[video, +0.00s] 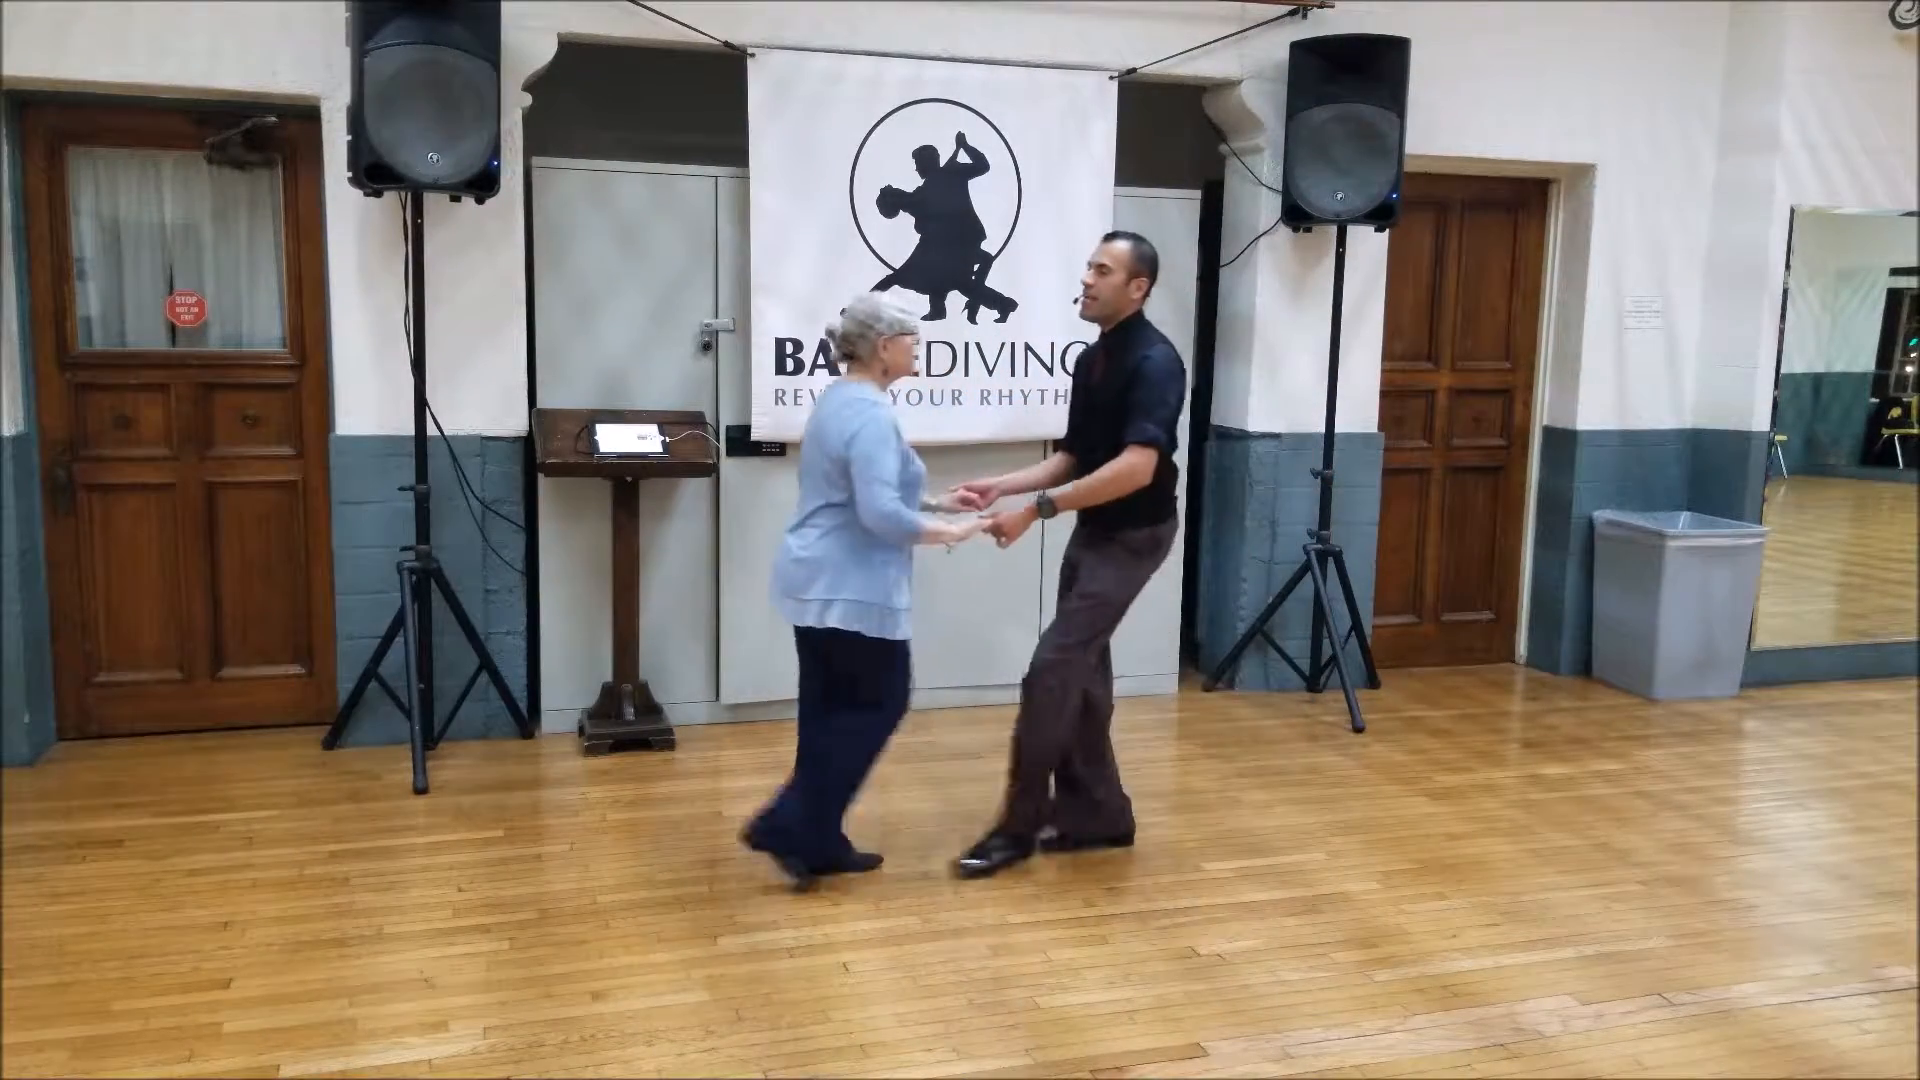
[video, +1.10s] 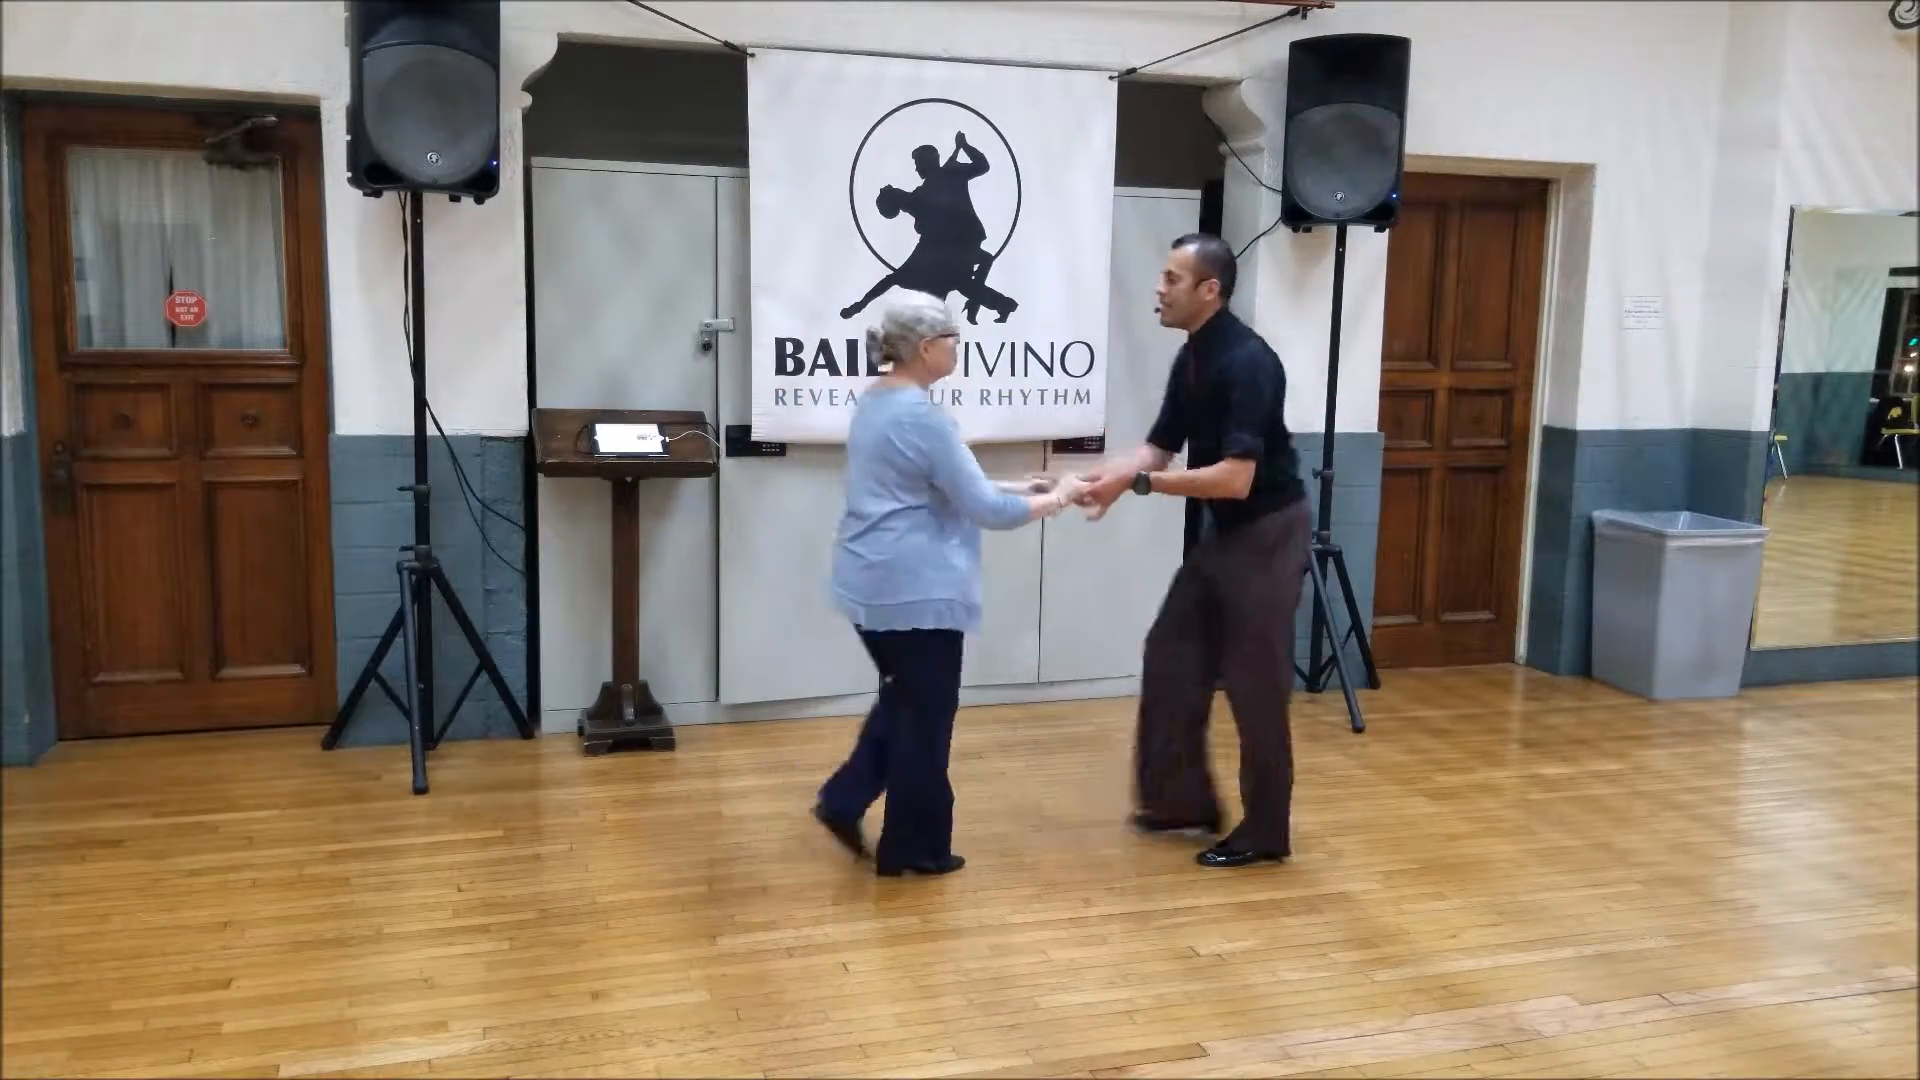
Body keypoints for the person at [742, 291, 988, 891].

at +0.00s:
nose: (917, 350)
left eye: (915, 340)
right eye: (910, 341)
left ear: (869, 347)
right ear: (882, 346)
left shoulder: (835, 403)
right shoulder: (870, 415)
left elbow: (884, 496)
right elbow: (877, 512)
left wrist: (945, 500)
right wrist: (945, 531)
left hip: (815, 582)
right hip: (854, 589)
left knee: (827, 704)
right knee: (883, 702)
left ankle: (820, 837)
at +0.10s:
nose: (899, 347)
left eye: (896, 337)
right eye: (891, 338)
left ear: (850, 347)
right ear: (861, 345)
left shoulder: (822, 400)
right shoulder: (852, 412)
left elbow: (860, 492)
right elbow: (858, 507)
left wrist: (926, 499)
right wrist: (923, 526)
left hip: (808, 580)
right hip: (831, 588)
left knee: (821, 717)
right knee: (819, 721)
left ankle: (821, 847)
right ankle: (714, 827)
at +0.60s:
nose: (876, 351)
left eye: (874, 342)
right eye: (868, 343)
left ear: (827, 351)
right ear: (838, 350)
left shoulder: (795, 405)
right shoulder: (829, 417)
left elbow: (847, 495)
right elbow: (897, 509)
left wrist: (910, 485)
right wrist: (971, 485)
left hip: (794, 586)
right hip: (817, 594)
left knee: (813, 720)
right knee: (826, 722)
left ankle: (788, 846)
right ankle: (720, 827)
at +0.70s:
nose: (885, 348)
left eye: (883, 339)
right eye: (878, 339)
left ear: (834, 346)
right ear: (852, 346)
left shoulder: (799, 403)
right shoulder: (847, 416)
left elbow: (867, 473)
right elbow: (928, 494)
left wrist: (933, 470)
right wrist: (1005, 465)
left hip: (786, 585)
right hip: (837, 591)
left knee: (798, 711)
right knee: (877, 699)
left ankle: (776, 849)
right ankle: (806, 842)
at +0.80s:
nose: (900, 348)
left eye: (898, 338)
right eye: (893, 338)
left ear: (845, 343)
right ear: (864, 343)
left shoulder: (810, 400)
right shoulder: (870, 415)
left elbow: (911, 458)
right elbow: (953, 483)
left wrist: (1000, 451)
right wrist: (1032, 457)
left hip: (795, 586)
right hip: (860, 591)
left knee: (798, 717)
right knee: (897, 707)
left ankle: (781, 852)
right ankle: (889, 847)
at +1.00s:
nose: (932, 350)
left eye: (930, 340)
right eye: (926, 341)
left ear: (879, 347)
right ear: (900, 349)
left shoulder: (839, 405)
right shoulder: (909, 419)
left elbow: (954, 471)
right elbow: (986, 490)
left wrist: (1043, 466)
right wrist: (1059, 473)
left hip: (838, 590)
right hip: (905, 595)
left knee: (835, 716)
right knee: (919, 723)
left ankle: (797, 844)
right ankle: (910, 846)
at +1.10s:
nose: (956, 352)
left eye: (955, 341)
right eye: (950, 342)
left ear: (909, 347)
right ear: (921, 347)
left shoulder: (873, 406)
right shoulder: (923, 418)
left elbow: (947, 487)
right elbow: (983, 505)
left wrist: (1021, 488)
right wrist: (1051, 503)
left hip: (872, 583)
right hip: (920, 589)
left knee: (903, 699)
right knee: (926, 719)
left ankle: (842, 801)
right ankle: (915, 846)